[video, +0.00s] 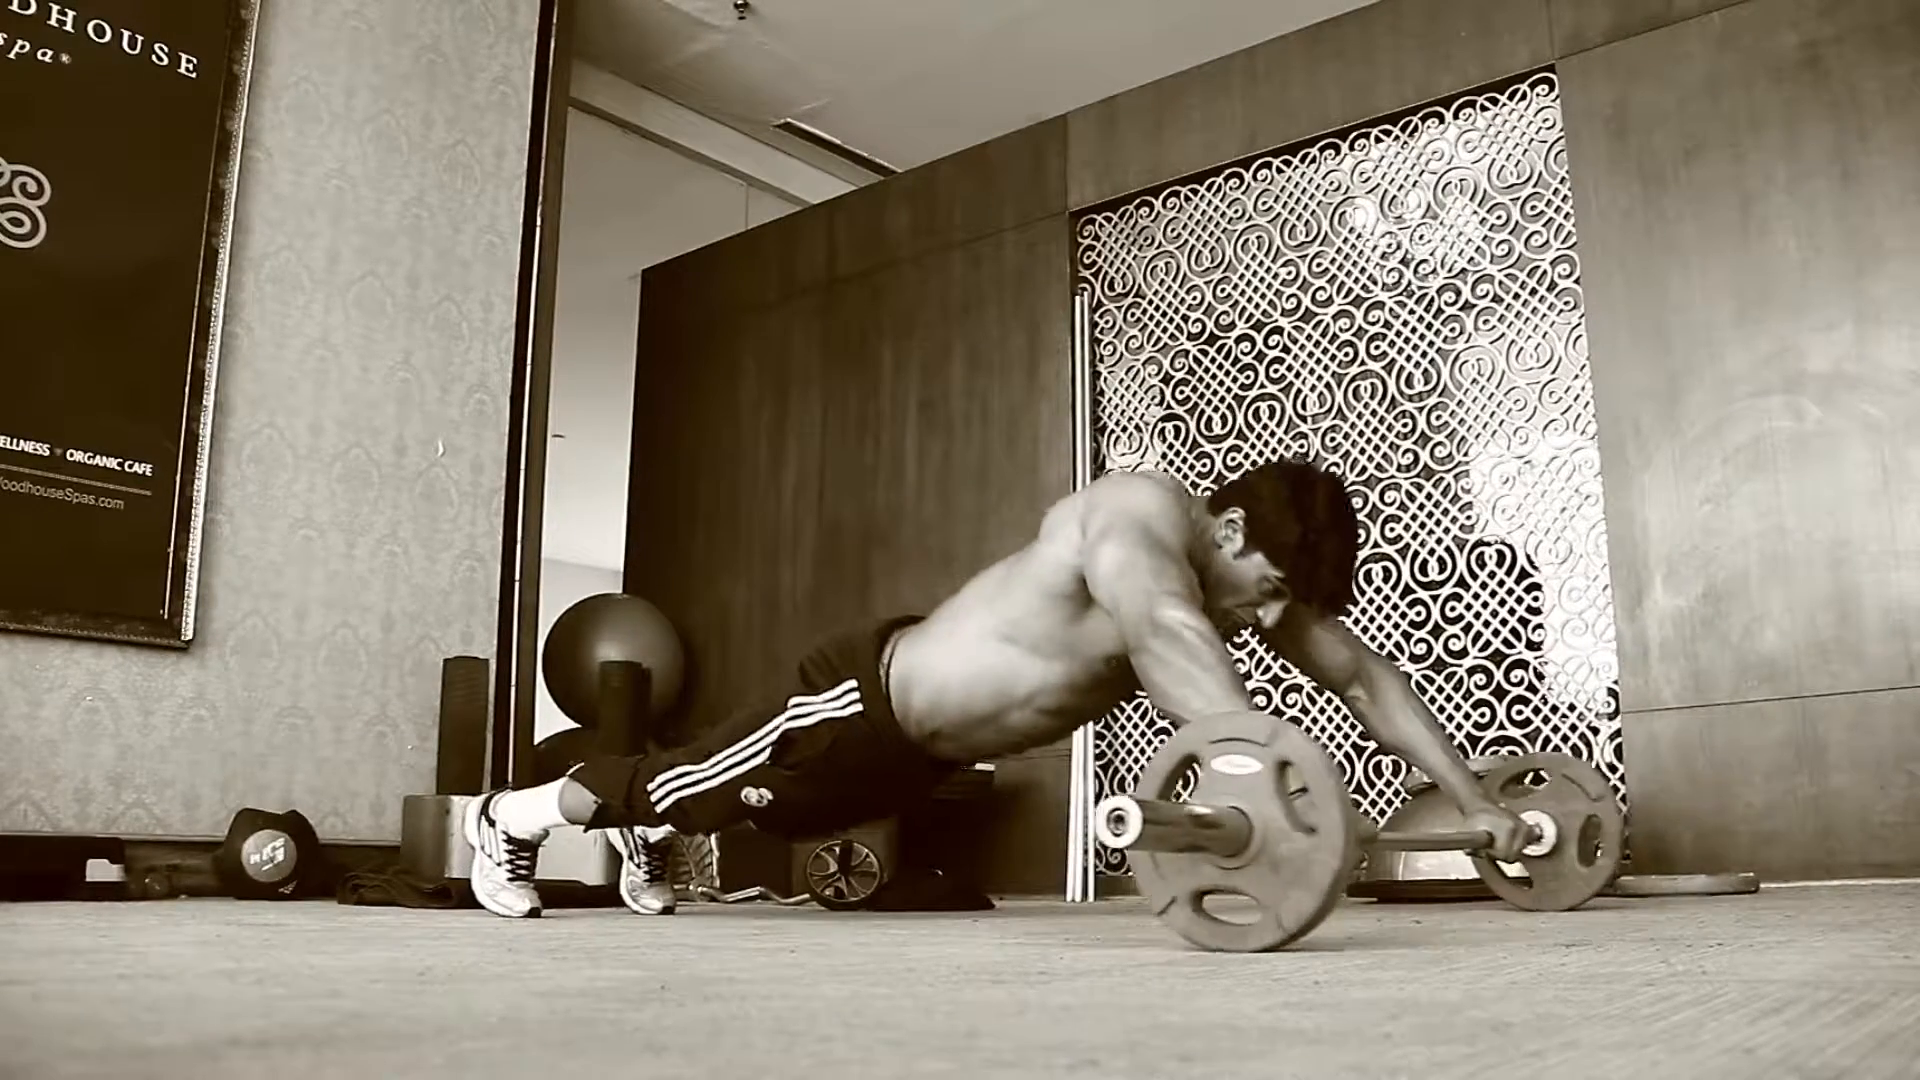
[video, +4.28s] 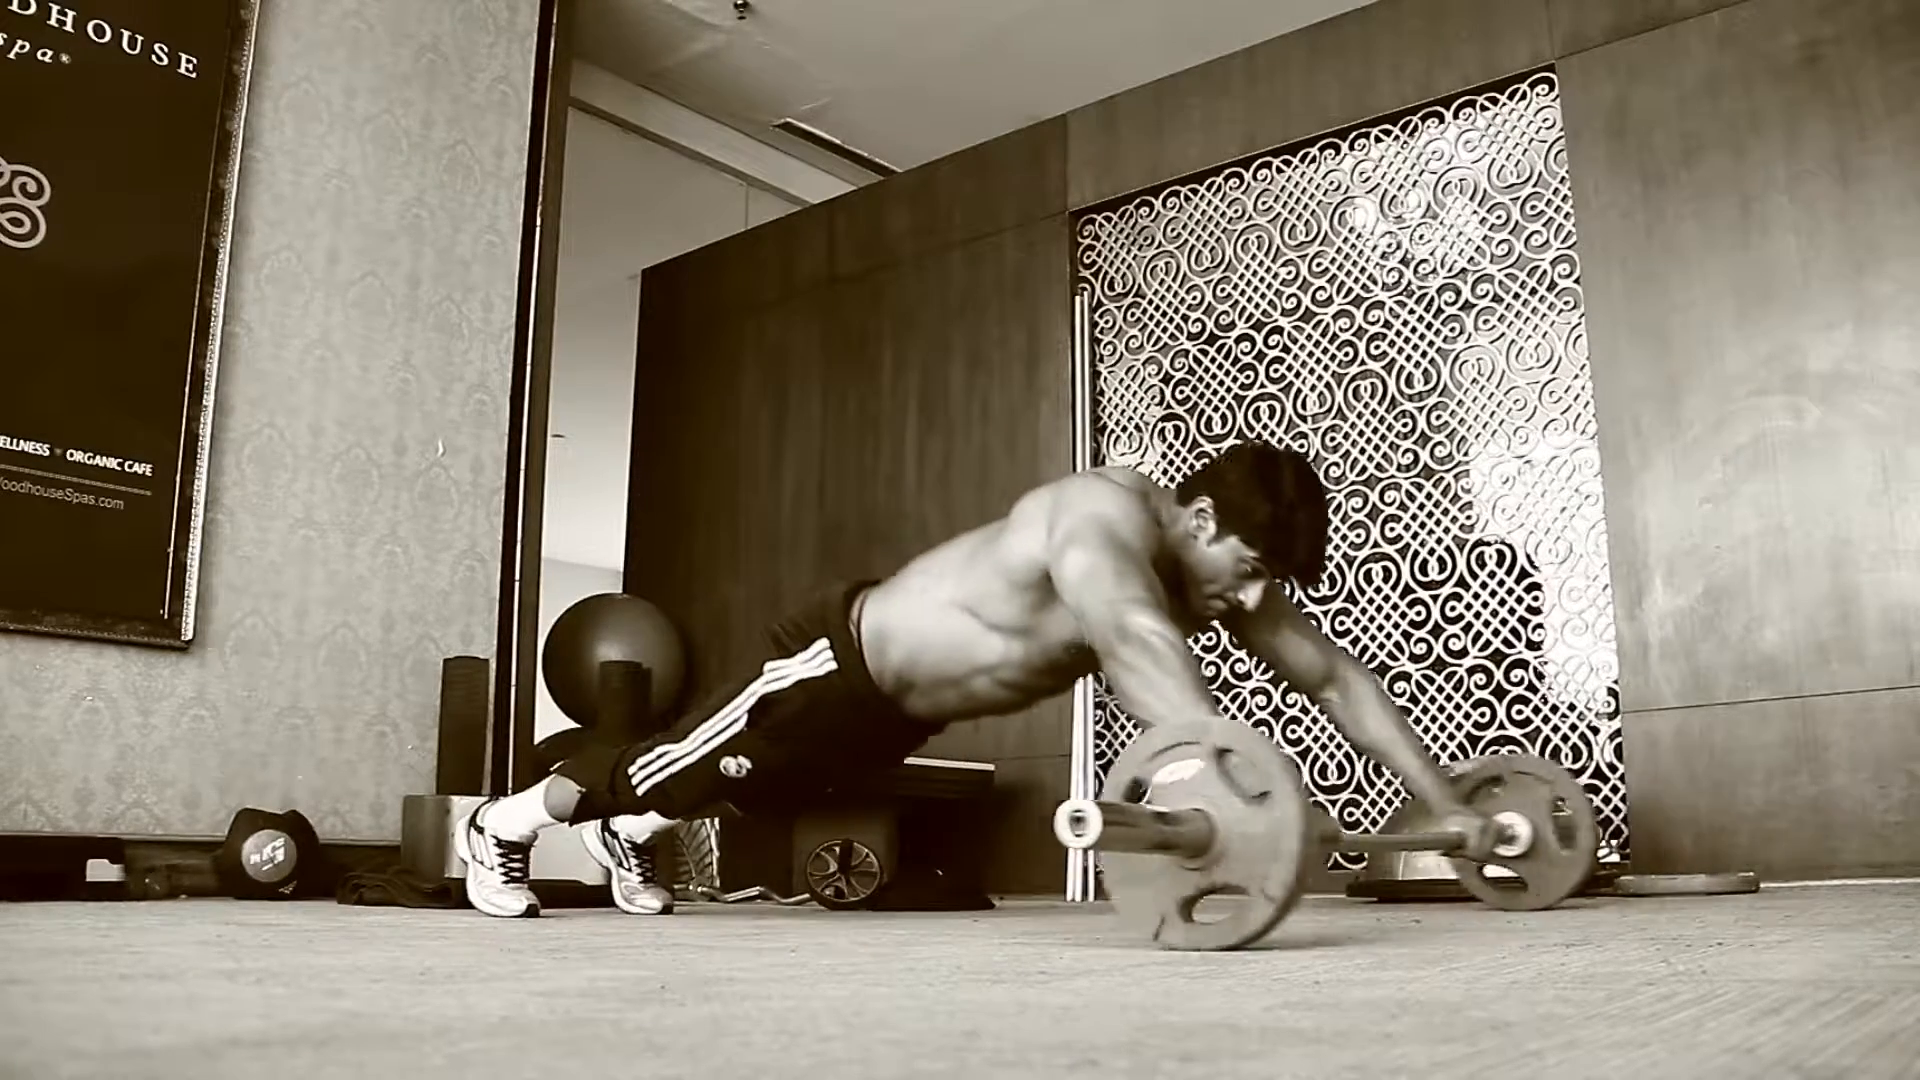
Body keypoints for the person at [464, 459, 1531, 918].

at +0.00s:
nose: (1267, 616)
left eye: (1282, 602)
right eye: (1272, 592)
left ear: (1277, 569)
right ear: (1247, 534)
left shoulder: (1228, 569)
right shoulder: (1135, 515)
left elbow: (1357, 672)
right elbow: (1161, 645)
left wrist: (1457, 778)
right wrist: (1261, 739)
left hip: (935, 743)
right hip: (876, 705)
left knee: (764, 818)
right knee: (676, 790)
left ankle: (613, 854)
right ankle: (521, 816)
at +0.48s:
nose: (1215, 567)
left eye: (1235, 557)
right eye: (1221, 546)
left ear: (1222, 513)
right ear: (1195, 487)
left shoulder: (1194, 529)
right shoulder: (1076, 468)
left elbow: (1285, 659)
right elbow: (1073, 616)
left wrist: (1363, 795)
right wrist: (1122, 758)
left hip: (893, 653)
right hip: (825, 611)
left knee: (754, 745)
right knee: (651, 729)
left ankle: (635, 822)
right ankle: (497, 818)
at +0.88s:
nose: (1147, 547)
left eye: (1164, 536)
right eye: (1150, 522)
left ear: (1134, 482)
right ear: (1113, 463)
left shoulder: (1112, 510)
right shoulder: (994, 451)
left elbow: (1178, 651)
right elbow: (952, 619)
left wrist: (1209, 804)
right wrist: (976, 800)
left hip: (852, 594)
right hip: (776, 532)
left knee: (723, 715)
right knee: (629, 693)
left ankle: (617, 831)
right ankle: (490, 823)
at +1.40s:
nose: (1011, 562)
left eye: (1028, 551)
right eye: (1011, 540)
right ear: (975, 486)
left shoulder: (989, 507)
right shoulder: (854, 466)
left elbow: (1032, 668)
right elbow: (798, 635)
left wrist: (1051, 816)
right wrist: (798, 809)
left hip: (769, 524)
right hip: (688, 470)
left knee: (675, 687)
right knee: (581, 667)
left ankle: (610, 839)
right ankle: (471, 845)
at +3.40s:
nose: (1057, 541)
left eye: (1071, 529)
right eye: (1056, 519)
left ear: (1051, 501)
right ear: (1012, 472)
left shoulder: (1020, 525)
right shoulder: (896, 474)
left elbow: (1088, 670)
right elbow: (864, 638)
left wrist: (1138, 811)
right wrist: (890, 805)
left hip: (784, 562)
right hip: (708, 507)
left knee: (684, 709)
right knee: (596, 686)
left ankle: (596, 855)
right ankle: (471, 854)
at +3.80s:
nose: (1162, 537)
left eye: (1179, 524)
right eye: (1161, 512)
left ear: (1156, 495)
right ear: (1117, 464)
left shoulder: (1134, 535)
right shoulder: (1006, 477)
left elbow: (1224, 665)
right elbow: (1004, 628)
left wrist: (1298, 814)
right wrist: (1050, 793)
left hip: (852, 640)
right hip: (782, 585)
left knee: (725, 753)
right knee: (637, 728)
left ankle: (608, 843)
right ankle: (479, 840)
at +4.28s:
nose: (1246, 598)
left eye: (1262, 582)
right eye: (1249, 573)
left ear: (1249, 553)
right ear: (1213, 515)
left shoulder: (1198, 560)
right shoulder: (1104, 512)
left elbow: (1330, 674)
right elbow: (1125, 637)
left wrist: (1424, 786)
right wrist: (1205, 738)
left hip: (904, 707)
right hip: (849, 663)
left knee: (752, 785)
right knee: (671, 770)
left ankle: (627, 842)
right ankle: (505, 821)